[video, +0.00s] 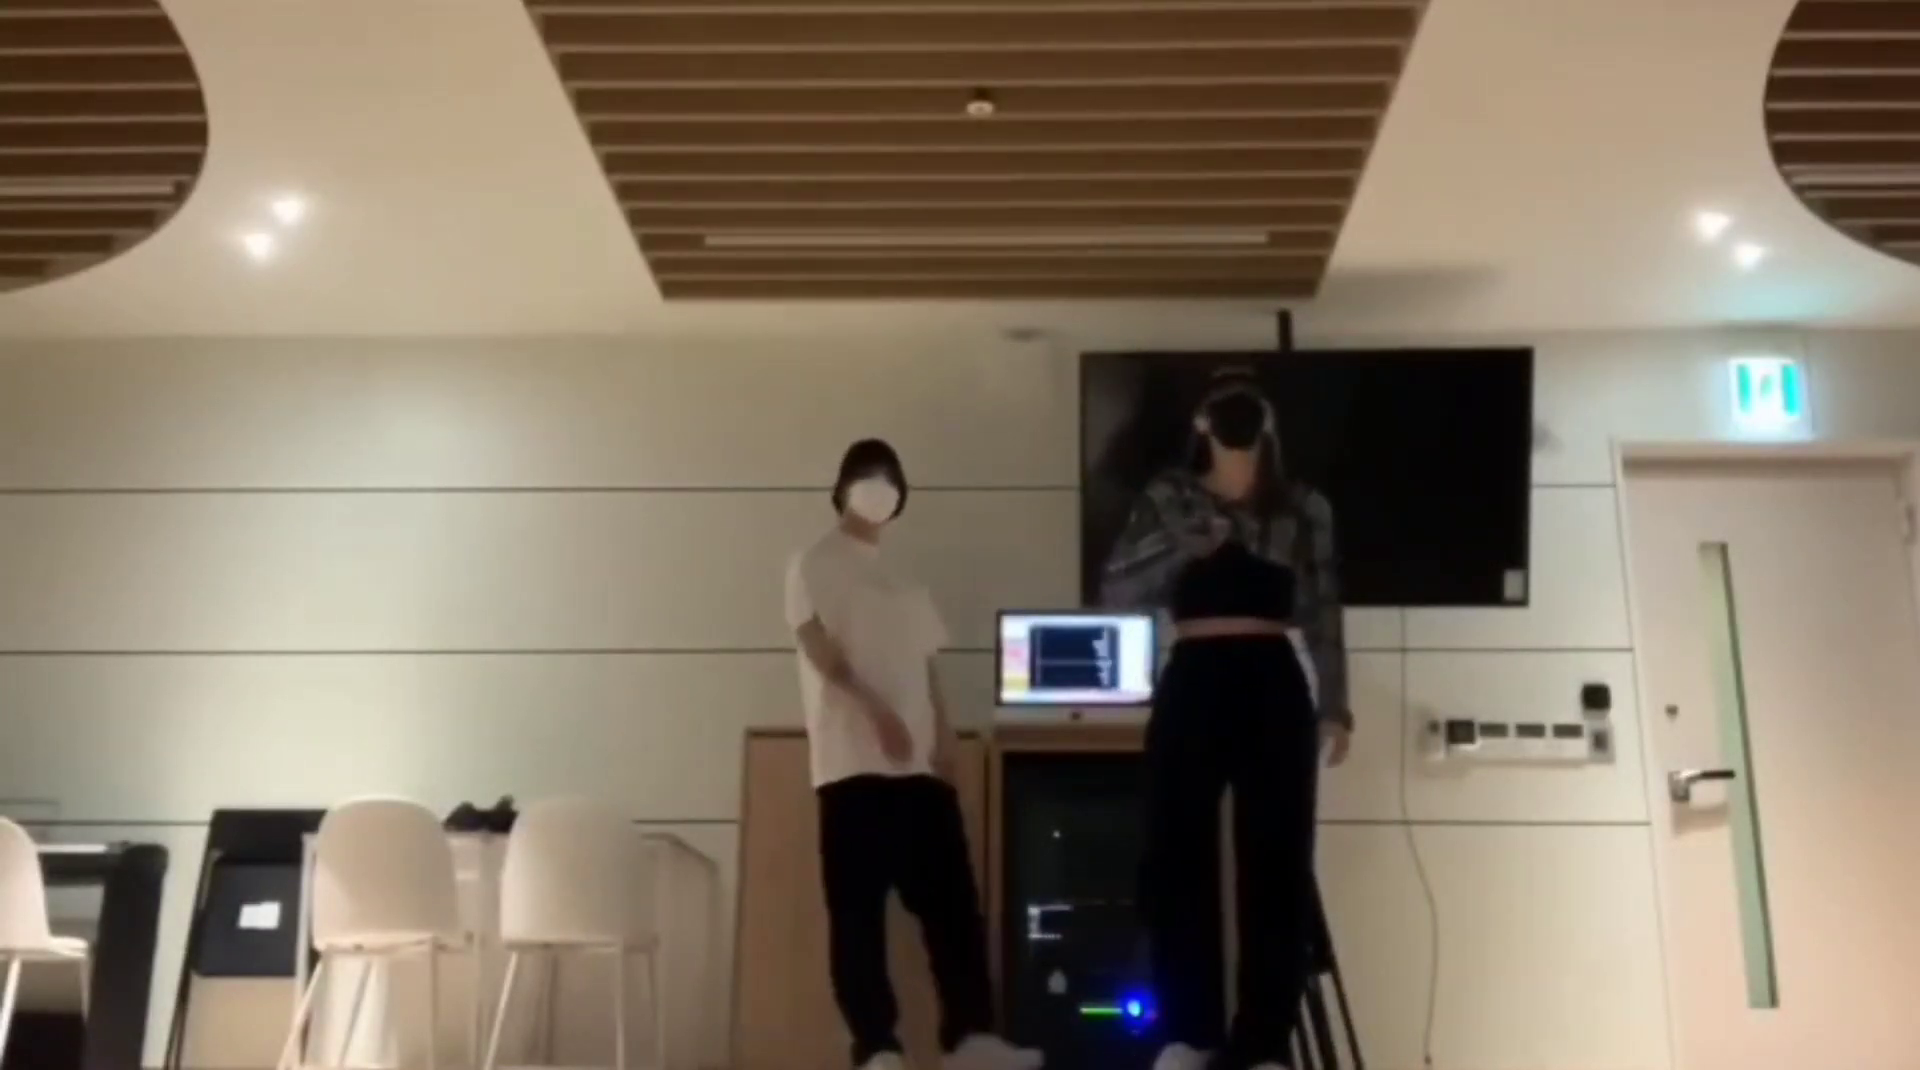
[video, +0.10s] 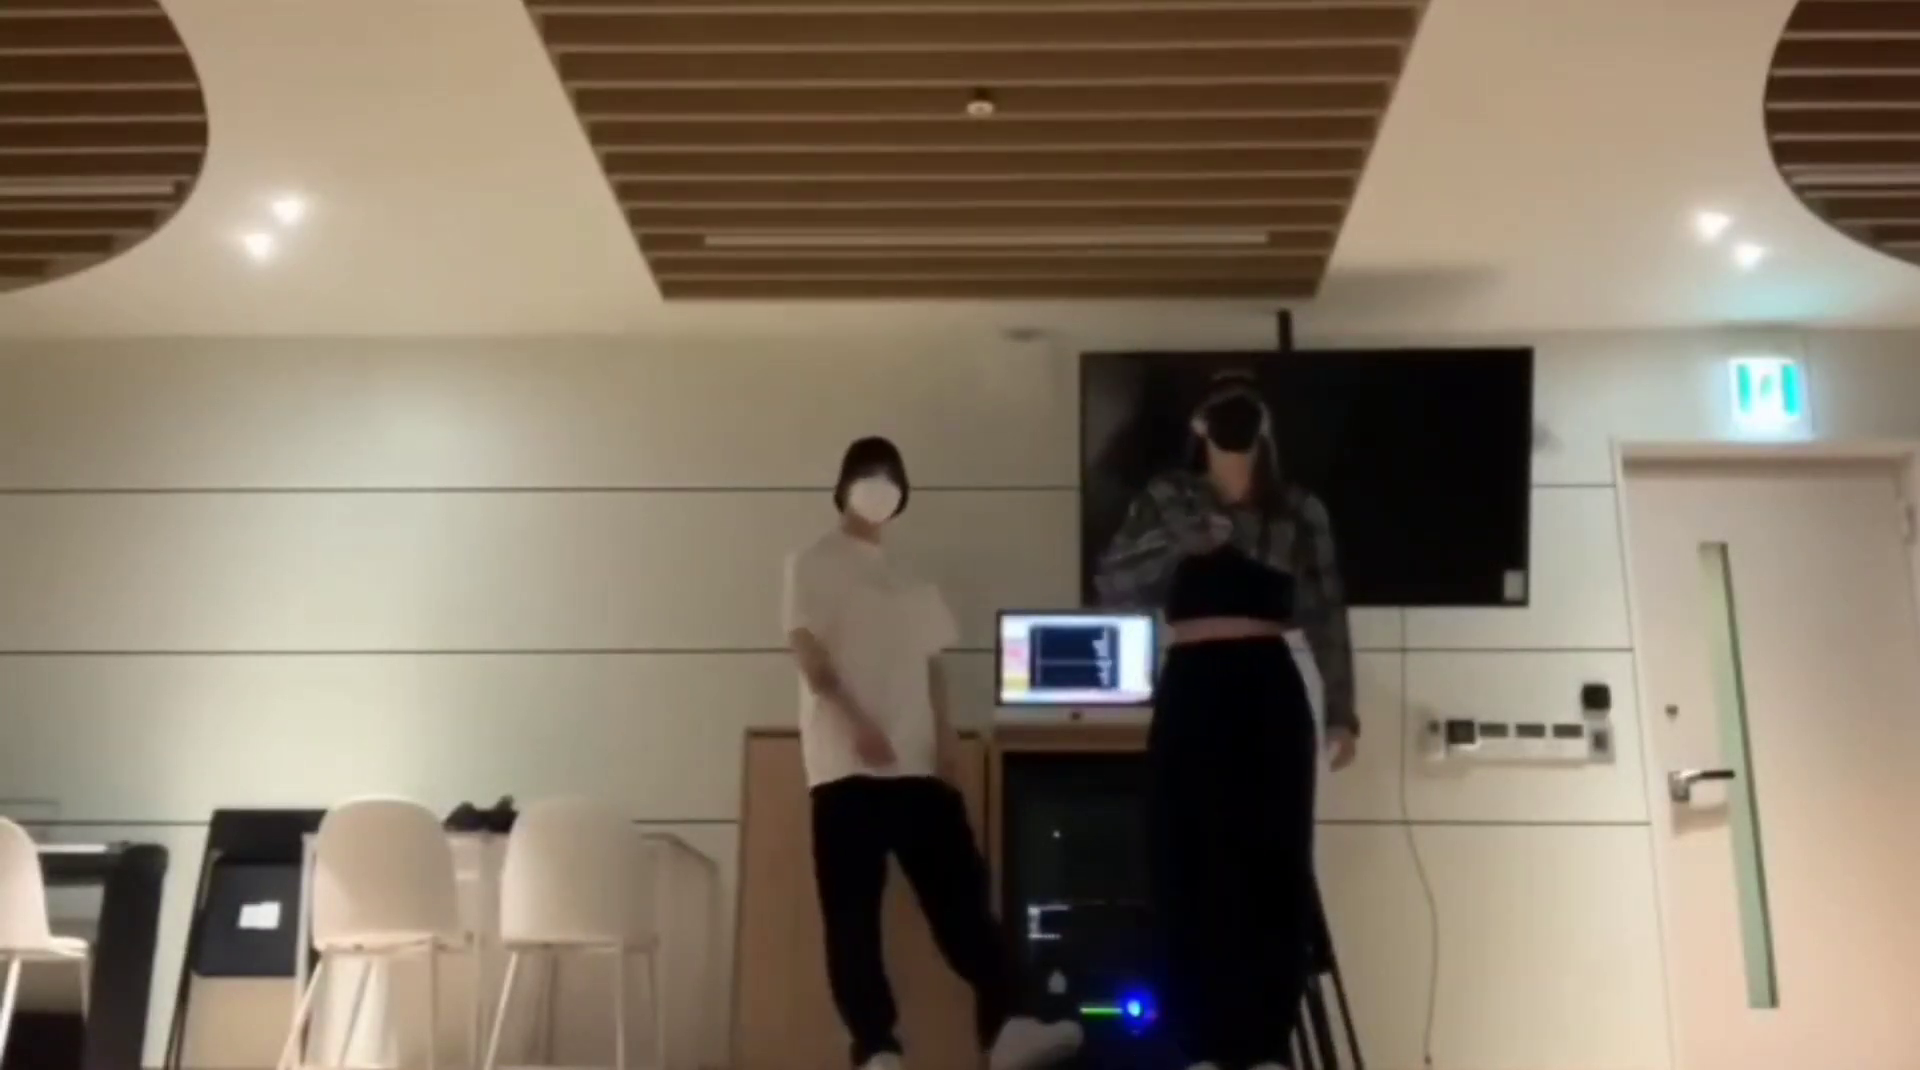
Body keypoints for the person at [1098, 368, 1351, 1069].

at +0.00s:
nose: (1238, 419)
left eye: (1251, 406)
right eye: (1224, 408)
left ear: (1270, 425)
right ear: (1201, 425)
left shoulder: (1302, 507)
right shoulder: (1170, 498)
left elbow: (1322, 612)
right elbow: (1115, 588)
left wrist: (1334, 704)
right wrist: (1185, 547)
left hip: (1275, 687)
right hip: (1194, 685)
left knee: (1276, 863)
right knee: (1179, 856)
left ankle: (1265, 1040)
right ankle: (1188, 1034)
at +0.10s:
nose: (1235, 426)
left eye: (1247, 413)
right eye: (1221, 415)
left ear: (1266, 428)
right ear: (1198, 429)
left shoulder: (1297, 512)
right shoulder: (1168, 499)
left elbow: (1325, 615)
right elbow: (1112, 580)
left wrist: (1341, 709)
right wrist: (1182, 545)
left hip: (1272, 695)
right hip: (1193, 694)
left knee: (1273, 861)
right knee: (1194, 860)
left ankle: (1267, 1037)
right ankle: (1206, 1036)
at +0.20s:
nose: (1231, 429)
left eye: (1243, 417)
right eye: (1217, 419)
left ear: (1262, 430)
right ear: (1195, 430)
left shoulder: (1292, 512)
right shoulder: (1165, 500)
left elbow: (1323, 613)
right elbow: (1112, 581)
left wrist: (1340, 709)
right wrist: (1179, 548)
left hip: (1270, 694)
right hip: (1192, 695)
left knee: (1274, 861)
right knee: (1197, 861)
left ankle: (1267, 1037)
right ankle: (1208, 1036)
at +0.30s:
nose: (1227, 434)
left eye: (1239, 422)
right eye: (1212, 423)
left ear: (1256, 434)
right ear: (1189, 432)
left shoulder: (1286, 511)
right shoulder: (1160, 504)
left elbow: (1317, 612)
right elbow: (1109, 582)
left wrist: (1331, 705)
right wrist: (1175, 552)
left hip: (1269, 695)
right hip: (1191, 696)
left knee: (1274, 863)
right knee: (1198, 863)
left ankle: (1266, 1037)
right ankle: (1208, 1036)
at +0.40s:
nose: (1219, 425)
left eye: (1231, 413)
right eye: (1204, 415)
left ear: (1250, 430)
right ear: (1181, 431)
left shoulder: (1286, 518)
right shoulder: (1150, 514)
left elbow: (1313, 619)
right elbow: (1108, 596)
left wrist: (1322, 712)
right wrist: (1176, 572)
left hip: (1263, 700)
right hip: (1185, 700)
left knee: (1269, 864)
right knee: (1193, 866)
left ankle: (1264, 1038)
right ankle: (1203, 1036)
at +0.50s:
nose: (1218, 426)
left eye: (1230, 414)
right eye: (1202, 416)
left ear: (1250, 432)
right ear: (1179, 433)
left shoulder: (1286, 521)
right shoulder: (1146, 517)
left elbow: (1312, 626)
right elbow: (1112, 600)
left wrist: (1322, 722)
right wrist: (1176, 583)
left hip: (1260, 702)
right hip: (1184, 703)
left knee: (1268, 867)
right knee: (1192, 869)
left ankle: (1263, 1040)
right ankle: (1203, 1039)